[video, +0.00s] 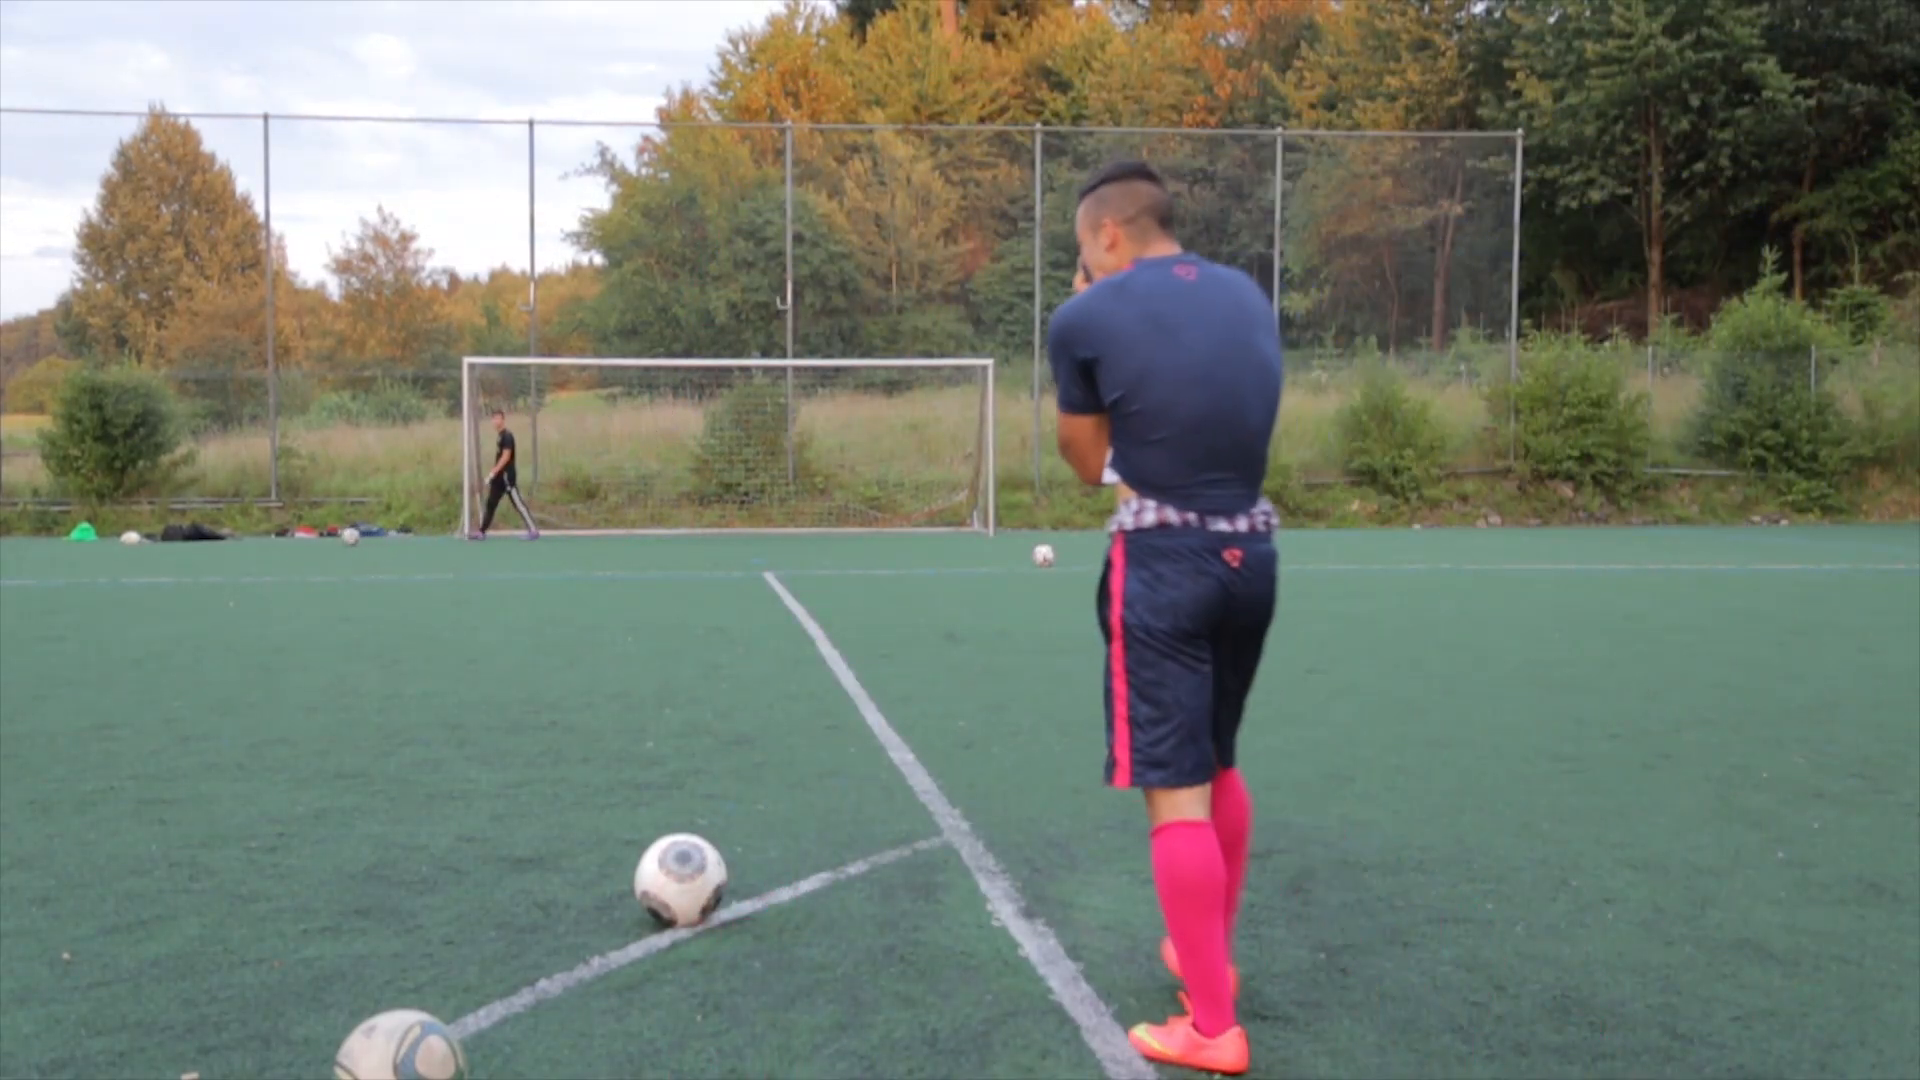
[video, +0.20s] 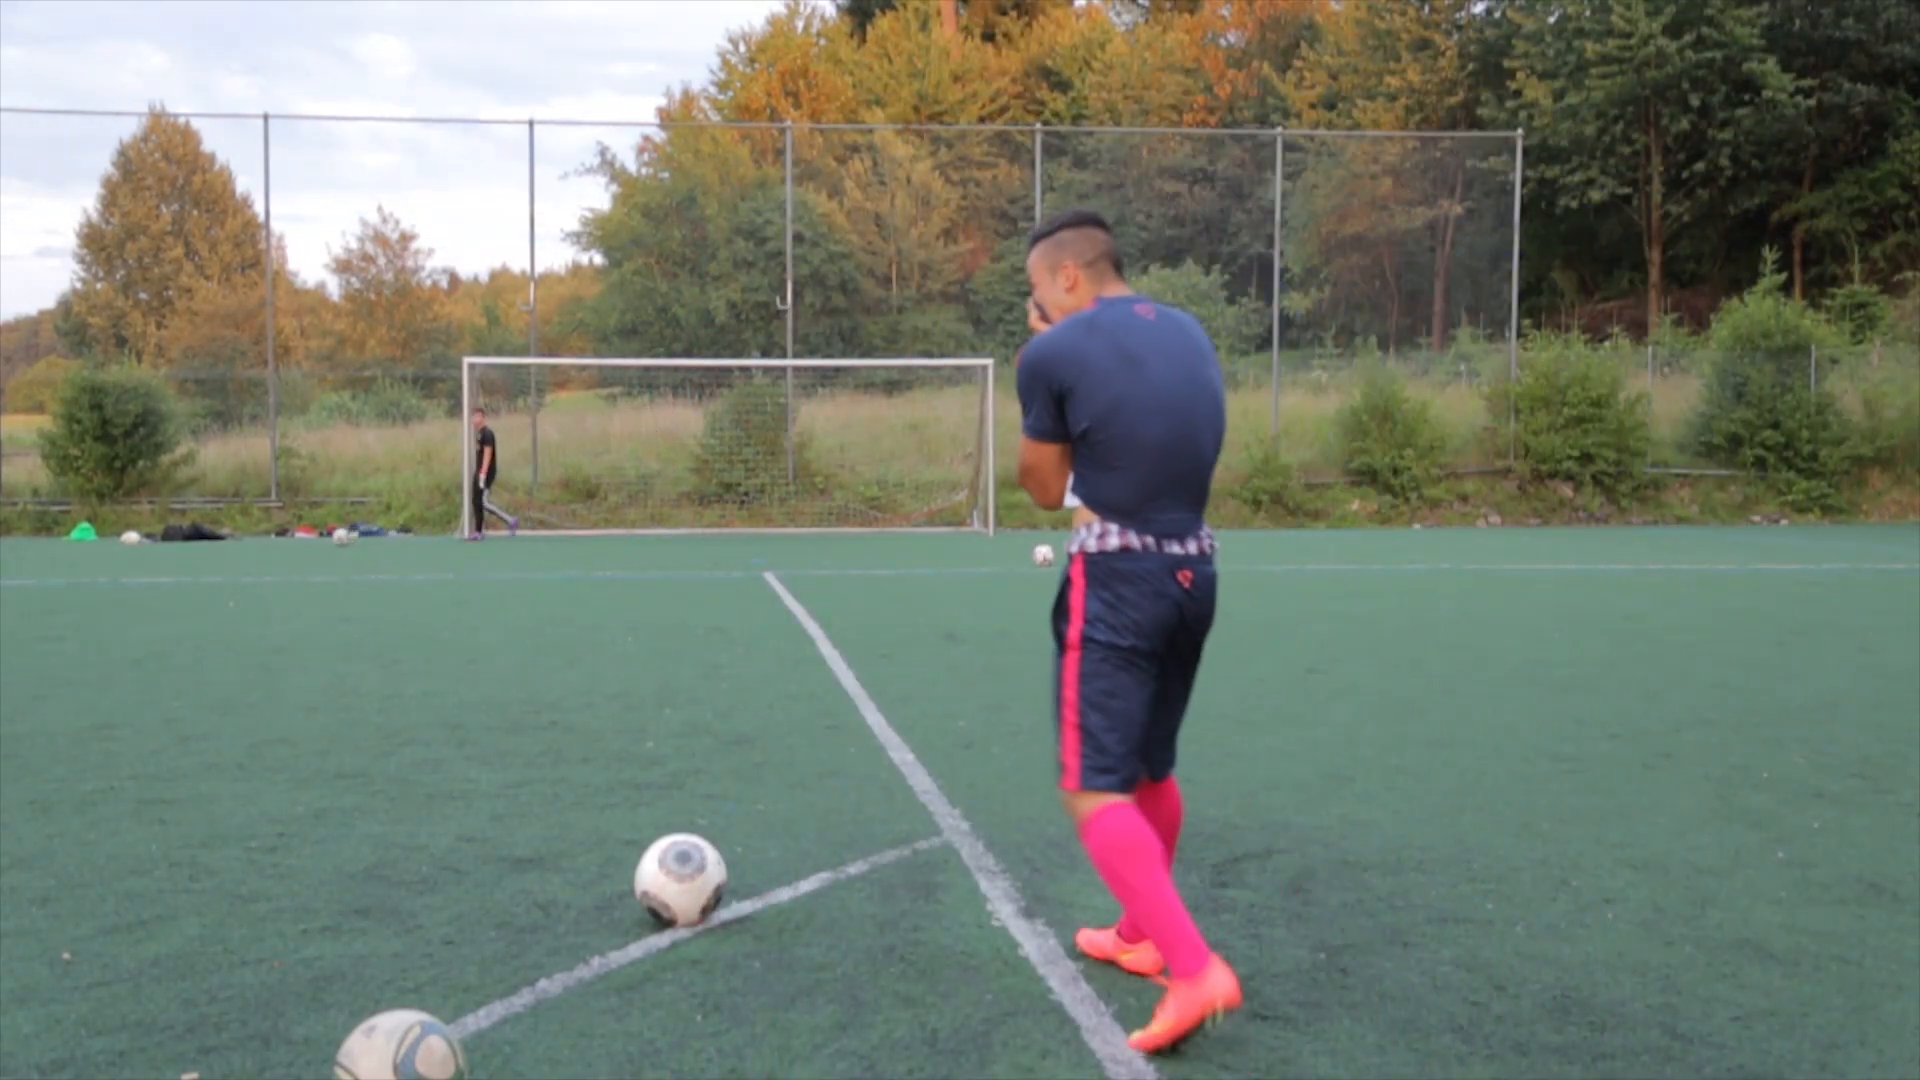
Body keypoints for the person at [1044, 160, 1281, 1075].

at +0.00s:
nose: (1083, 264)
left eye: (1082, 249)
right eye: (1081, 251)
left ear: (1109, 234)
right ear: (1165, 226)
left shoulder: (1086, 317)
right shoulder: (1246, 295)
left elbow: (1090, 461)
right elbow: (1236, 423)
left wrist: (1098, 339)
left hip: (1161, 567)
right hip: (1250, 562)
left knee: (1178, 801)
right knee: (1214, 763)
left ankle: (1214, 1026)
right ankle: (1208, 948)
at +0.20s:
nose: (1039, 306)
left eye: (1038, 293)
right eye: (1037, 294)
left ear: (1067, 279)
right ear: (1113, 274)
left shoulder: (1054, 351)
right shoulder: (1186, 331)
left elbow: (1045, 487)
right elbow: (1174, 450)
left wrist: (1050, 378)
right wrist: (1076, 369)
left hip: (1115, 579)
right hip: (1190, 576)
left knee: (1093, 790)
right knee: (1152, 769)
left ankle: (1197, 970)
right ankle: (1144, 933)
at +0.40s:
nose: (983, 288)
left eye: (986, 271)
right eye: (979, 274)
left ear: (1028, 259)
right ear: (1047, 263)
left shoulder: (1034, 332)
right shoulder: (1117, 316)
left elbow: (1004, 464)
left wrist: (1003, 352)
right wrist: (1014, 336)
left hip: (1072, 555)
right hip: (1139, 552)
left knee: (983, 730)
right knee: (1109, 736)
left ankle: (1095, 899)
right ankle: (1130, 929)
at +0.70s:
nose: (893, 339)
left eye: (895, 321)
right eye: (886, 325)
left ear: (938, 307)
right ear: (945, 308)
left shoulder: (975, 385)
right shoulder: (1012, 344)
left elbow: (937, 504)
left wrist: (935, 399)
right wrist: (939, 390)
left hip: (1005, 572)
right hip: (1035, 563)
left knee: (951, 743)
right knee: (997, 728)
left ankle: (996, 900)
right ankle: (1089, 837)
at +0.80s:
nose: (878, 327)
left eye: (882, 310)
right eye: (871, 315)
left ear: (922, 297)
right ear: (906, 305)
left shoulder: (969, 367)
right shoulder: (948, 345)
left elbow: (933, 488)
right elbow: (912, 457)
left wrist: (913, 383)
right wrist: (901, 376)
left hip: (999, 559)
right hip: (966, 551)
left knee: (961, 733)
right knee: (914, 708)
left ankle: (997, 897)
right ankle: (1021, 843)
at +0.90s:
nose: (856, 317)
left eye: (861, 299)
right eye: (846, 305)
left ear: (903, 288)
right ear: (860, 306)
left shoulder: (955, 352)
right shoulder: (905, 349)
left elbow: (918, 478)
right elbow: (879, 457)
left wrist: (891, 375)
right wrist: (875, 368)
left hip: (984, 552)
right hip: (931, 548)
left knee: (971, 726)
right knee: (890, 708)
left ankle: (999, 898)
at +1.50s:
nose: (832, 336)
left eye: (845, 319)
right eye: (814, 323)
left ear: (866, 299)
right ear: (791, 310)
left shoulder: (912, 364)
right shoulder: (766, 357)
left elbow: (900, 487)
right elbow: (777, 480)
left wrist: (857, 392)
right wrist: (817, 391)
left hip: (897, 566)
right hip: (812, 573)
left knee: (885, 734)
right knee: (817, 744)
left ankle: (861, 921)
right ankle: (834, 890)